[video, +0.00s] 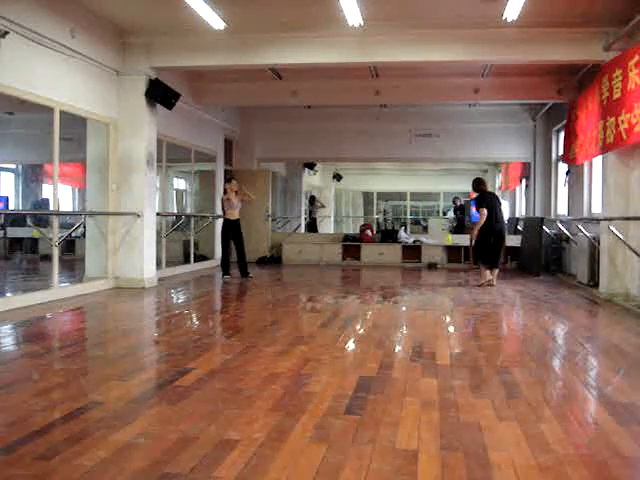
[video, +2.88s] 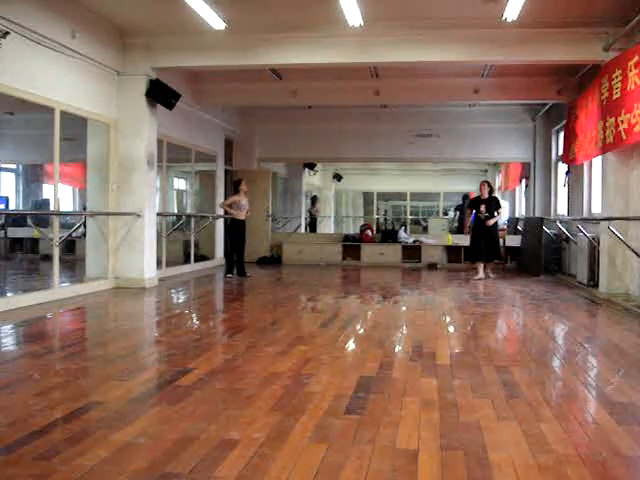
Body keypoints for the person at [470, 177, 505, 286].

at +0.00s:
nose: (473, 189)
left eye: (473, 187)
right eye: (474, 187)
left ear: (475, 188)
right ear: (485, 185)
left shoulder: (480, 197)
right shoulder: (494, 196)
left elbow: (484, 214)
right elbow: (499, 212)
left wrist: (476, 229)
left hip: (488, 228)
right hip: (499, 228)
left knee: (481, 250)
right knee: (495, 253)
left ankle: (485, 275)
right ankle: (493, 278)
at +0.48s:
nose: (460, 192)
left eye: (460, 190)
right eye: (460, 190)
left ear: (462, 190)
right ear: (471, 188)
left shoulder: (467, 200)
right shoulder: (481, 197)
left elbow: (468, 216)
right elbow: (489, 211)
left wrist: (466, 231)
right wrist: (489, 223)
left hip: (476, 229)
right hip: (488, 227)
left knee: (473, 252)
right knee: (484, 252)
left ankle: (471, 277)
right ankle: (489, 272)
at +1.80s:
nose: (464, 196)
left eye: (464, 194)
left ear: (464, 194)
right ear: (473, 193)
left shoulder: (466, 202)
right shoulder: (479, 202)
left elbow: (466, 215)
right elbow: (488, 214)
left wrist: (461, 222)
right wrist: (487, 223)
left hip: (472, 229)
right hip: (483, 228)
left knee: (470, 248)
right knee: (481, 248)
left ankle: (472, 268)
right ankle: (482, 267)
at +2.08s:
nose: (461, 205)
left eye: (462, 203)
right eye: (461, 203)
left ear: (466, 202)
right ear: (466, 202)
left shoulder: (472, 206)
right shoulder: (469, 209)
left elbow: (480, 210)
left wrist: (477, 223)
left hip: (483, 230)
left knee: (470, 248)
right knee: (478, 249)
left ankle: (474, 268)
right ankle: (481, 268)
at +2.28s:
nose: (466, 203)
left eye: (467, 201)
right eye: (464, 202)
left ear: (471, 200)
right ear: (463, 203)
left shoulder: (477, 206)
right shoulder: (467, 215)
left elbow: (489, 204)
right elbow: (465, 231)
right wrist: (458, 241)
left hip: (488, 229)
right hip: (478, 231)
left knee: (481, 249)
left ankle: (483, 270)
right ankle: (483, 269)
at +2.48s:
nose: (474, 195)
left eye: (475, 192)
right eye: (472, 193)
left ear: (479, 193)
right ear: (470, 194)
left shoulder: (485, 199)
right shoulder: (468, 205)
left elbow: (496, 204)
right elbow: (466, 221)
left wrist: (505, 208)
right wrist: (465, 226)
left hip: (489, 225)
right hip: (478, 227)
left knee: (490, 247)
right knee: (481, 248)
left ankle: (490, 270)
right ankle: (486, 269)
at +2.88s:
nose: (482, 187)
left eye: (484, 186)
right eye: (481, 185)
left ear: (489, 188)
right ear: (479, 188)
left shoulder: (494, 200)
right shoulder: (474, 200)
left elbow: (499, 213)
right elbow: (469, 214)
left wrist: (493, 220)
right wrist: (467, 226)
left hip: (490, 227)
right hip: (478, 227)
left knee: (490, 248)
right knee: (478, 249)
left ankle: (488, 269)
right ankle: (480, 272)